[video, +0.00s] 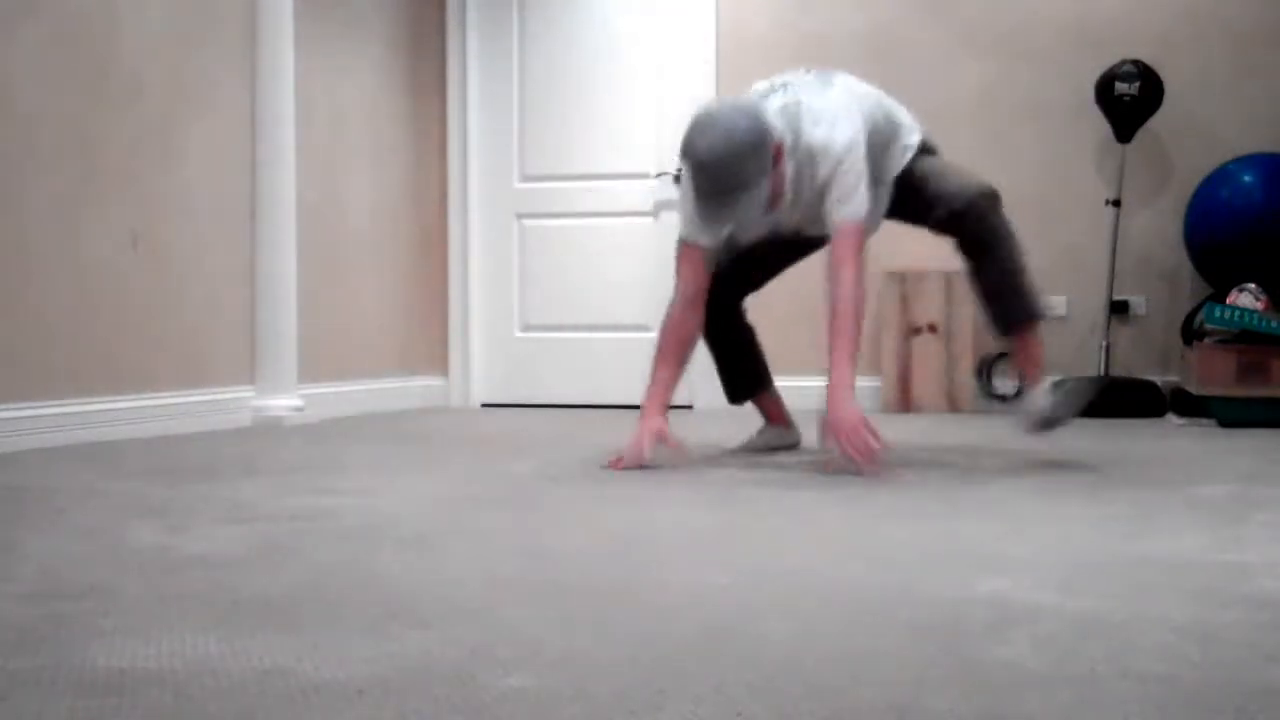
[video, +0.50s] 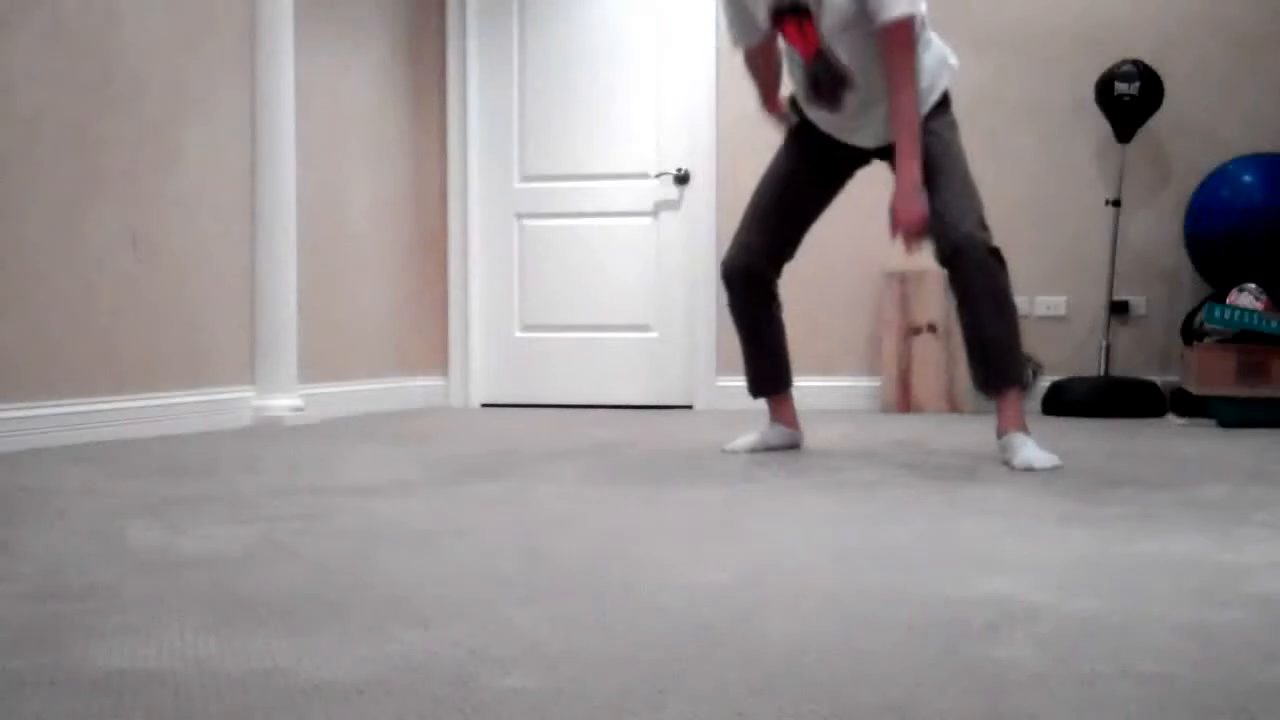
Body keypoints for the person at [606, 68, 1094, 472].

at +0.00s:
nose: (739, 221)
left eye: (749, 205)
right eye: (723, 208)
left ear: (776, 161)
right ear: (696, 173)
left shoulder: (837, 140)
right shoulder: (704, 170)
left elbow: (846, 277)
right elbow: (689, 296)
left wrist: (841, 400)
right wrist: (653, 414)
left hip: (892, 170)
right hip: (809, 204)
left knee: (974, 202)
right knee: (712, 293)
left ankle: (1035, 383)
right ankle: (777, 423)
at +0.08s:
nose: (748, 169)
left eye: (756, 154)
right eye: (731, 162)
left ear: (778, 117)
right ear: (706, 136)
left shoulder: (847, 107)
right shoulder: (714, 147)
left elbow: (872, 242)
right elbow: (686, 274)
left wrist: (837, 353)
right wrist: (648, 384)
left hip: (906, 170)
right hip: (818, 195)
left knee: (965, 248)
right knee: (720, 284)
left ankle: (1015, 430)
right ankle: (778, 425)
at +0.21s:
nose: (752, 80)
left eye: (760, 62)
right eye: (737, 67)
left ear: (788, 31)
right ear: (718, 56)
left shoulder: (865, 55)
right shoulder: (726, 87)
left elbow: (890, 202)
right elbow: (701, 211)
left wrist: (845, 312)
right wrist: (660, 316)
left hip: (919, 148)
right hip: (834, 172)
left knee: (971, 249)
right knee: (732, 278)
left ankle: (1014, 429)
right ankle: (780, 426)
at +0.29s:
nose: (761, 10)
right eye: (748, 3)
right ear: (737, 4)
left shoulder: (872, 16)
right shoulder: (734, 45)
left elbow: (889, 153)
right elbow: (722, 151)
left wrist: (866, 279)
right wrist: (693, 241)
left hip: (924, 130)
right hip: (842, 148)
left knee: (975, 245)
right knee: (743, 273)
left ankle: (1015, 430)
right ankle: (780, 424)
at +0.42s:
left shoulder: (882, 3)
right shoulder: (739, 5)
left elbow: (893, 87)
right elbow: (752, 74)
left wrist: (898, 217)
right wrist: (750, 134)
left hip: (924, 110)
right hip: (838, 123)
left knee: (973, 244)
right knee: (748, 268)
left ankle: (1014, 428)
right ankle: (781, 423)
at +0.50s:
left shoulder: (884, 3)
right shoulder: (743, 2)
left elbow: (902, 78)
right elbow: (759, 48)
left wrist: (909, 185)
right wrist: (770, 102)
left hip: (915, 108)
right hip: (827, 120)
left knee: (968, 245)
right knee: (745, 269)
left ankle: (1014, 428)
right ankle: (782, 423)